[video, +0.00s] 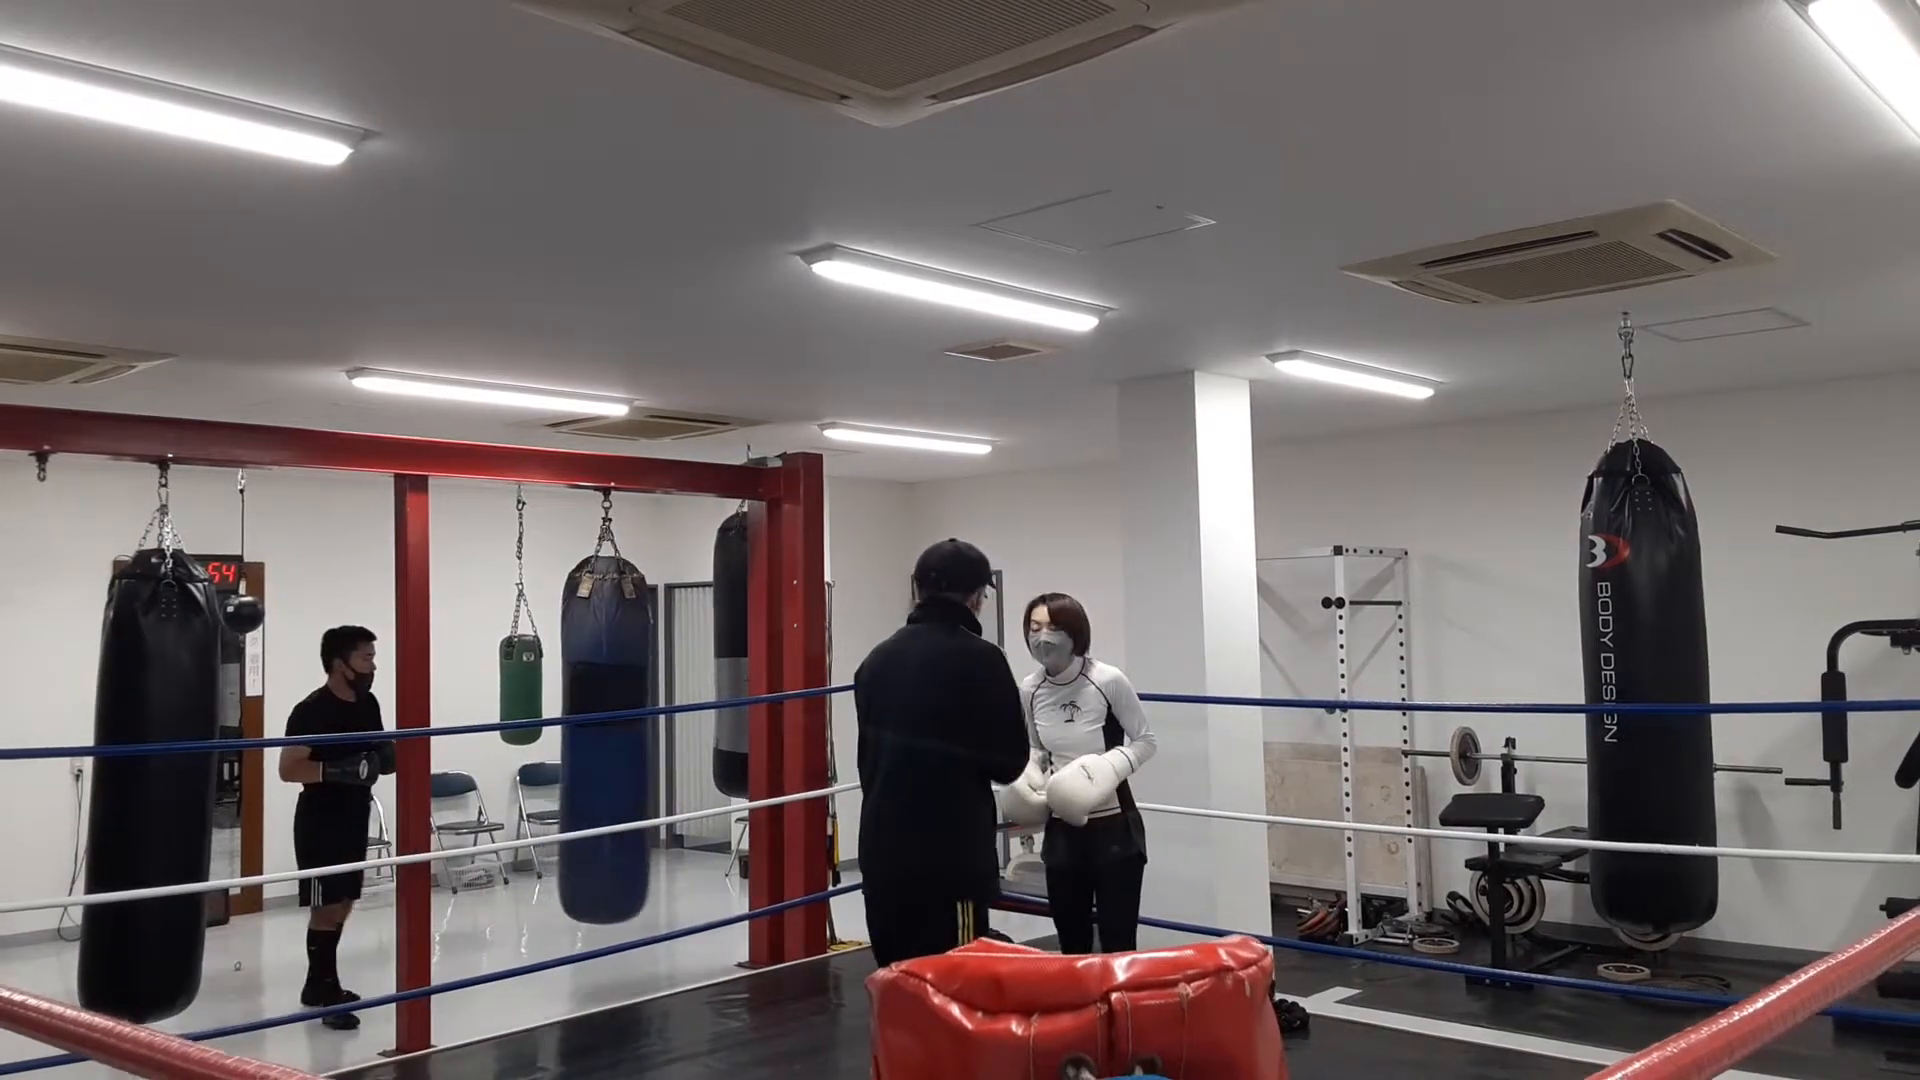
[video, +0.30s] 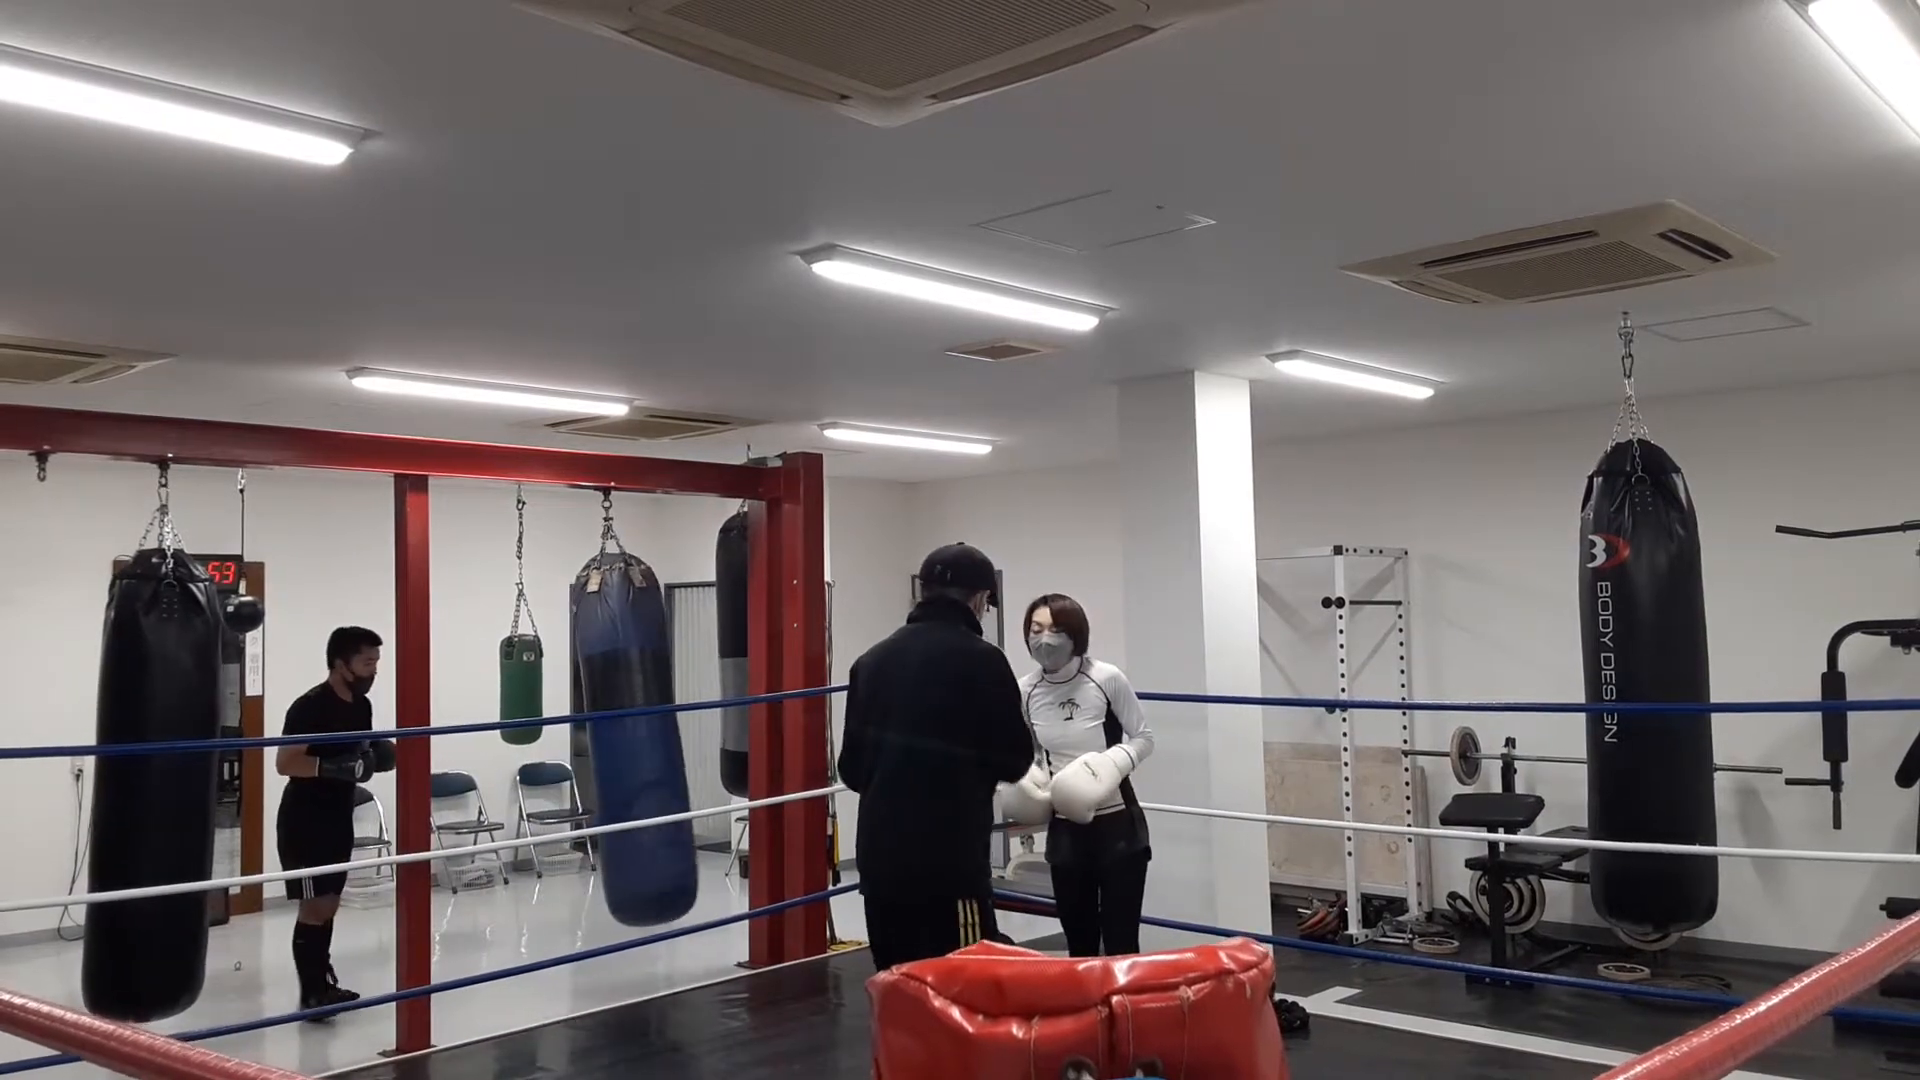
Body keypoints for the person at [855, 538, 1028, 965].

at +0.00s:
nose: (983, 604)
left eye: (983, 595)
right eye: (983, 595)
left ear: (921, 590)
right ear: (974, 598)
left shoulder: (875, 662)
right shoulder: (982, 658)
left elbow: (868, 766)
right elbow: (1009, 763)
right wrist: (951, 749)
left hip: (885, 852)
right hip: (957, 853)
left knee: (900, 989)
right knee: (956, 989)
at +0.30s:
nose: (985, 608)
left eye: (986, 600)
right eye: (986, 600)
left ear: (923, 592)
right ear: (979, 599)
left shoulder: (871, 661)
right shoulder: (984, 660)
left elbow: (853, 768)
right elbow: (1015, 761)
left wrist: (907, 781)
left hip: (882, 856)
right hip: (954, 857)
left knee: (899, 992)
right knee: (965, 991)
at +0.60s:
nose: (994, 608)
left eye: (995, 599)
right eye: (995, 599)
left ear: (934, 593)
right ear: (985, 598)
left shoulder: (887, 665)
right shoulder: (995, 663)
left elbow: (860, 770)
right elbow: (1022, 786)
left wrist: (922, 770)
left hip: (903, 861)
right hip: (976, 863)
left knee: (913, 998)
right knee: (977, 998)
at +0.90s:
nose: (1017, 613)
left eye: (1019, 603)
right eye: (1018, 602)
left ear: (956, 594)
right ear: (1007, 600)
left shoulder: (915, 662)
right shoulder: (998, 658)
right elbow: (1064, 776)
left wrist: (1043, 706)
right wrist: (1080, 729)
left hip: (925, 868)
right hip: (990, 873)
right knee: (996, 1005)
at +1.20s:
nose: (1032, 606)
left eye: (1034, 597)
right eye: (1033, 596)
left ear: (972, 589)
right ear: (1020, 596)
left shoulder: (931, 653)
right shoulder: (1007, 660)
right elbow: (1095, 751)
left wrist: (1049, 658)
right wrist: (1097, 661)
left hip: (933, 864)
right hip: (997, 871)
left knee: (946, 1005)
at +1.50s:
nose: (1056, 612)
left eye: (1058, 602)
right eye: (1056, 600)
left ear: (1000, 592)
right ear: (1039, 598)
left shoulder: (959, 646)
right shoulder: (1011, 653)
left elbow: (1004, 709)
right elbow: (1098, 743)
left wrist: (1059, 675)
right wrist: (1108, 655)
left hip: (937, 858)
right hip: (979, 866)